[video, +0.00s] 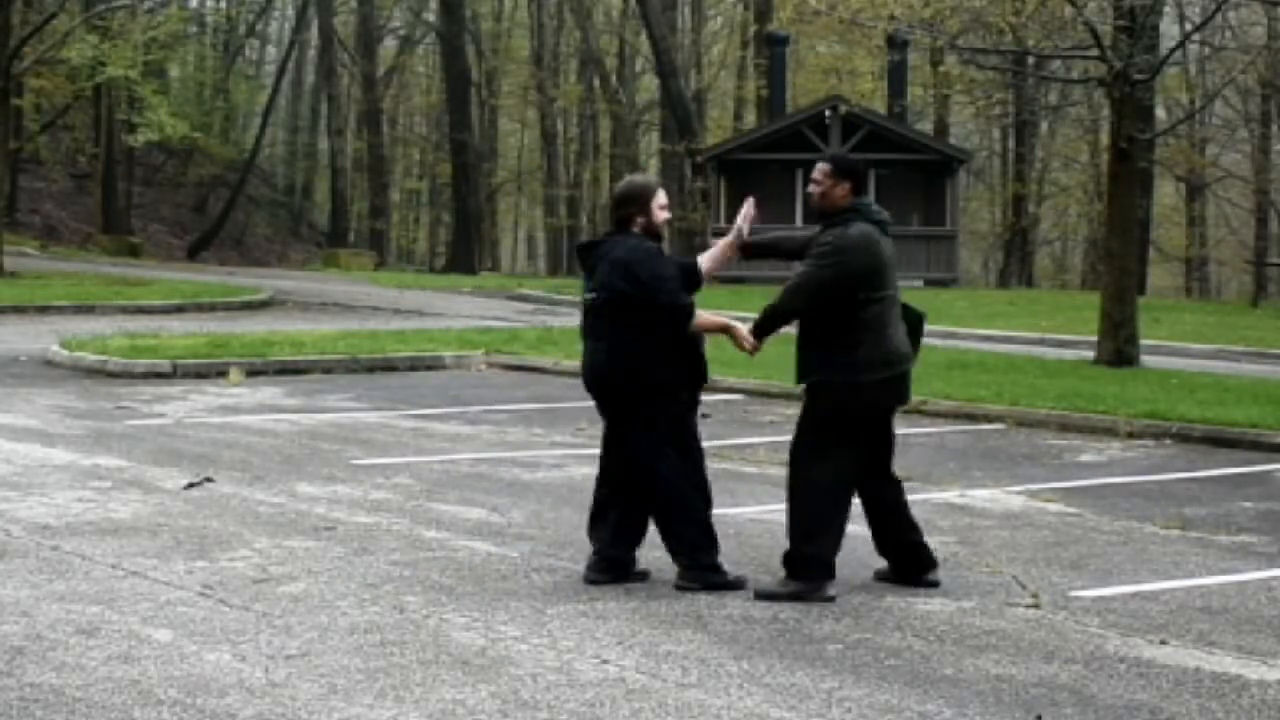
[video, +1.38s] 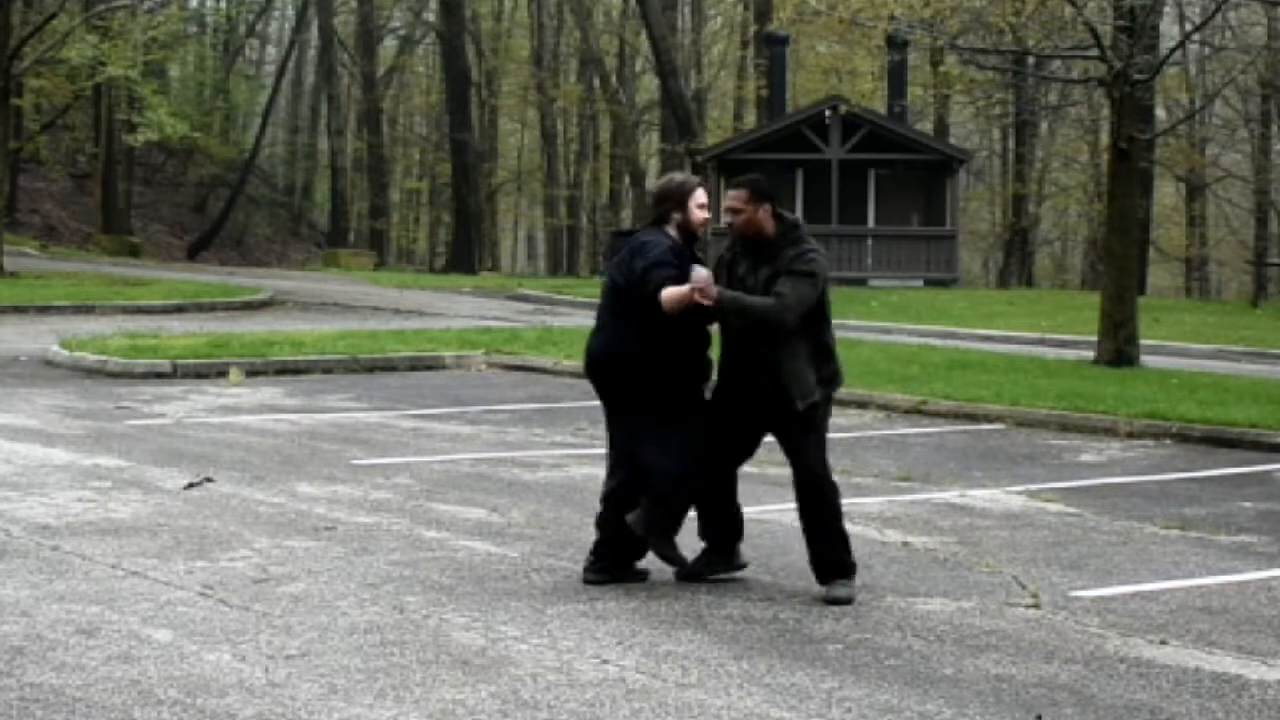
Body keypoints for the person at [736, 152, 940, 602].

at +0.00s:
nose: (810, 190)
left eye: (818, 183)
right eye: (811, 182)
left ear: (844, 189)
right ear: (842, 191)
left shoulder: (845, 241)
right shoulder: (862, 231)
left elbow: (796, 296)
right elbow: (800, 244)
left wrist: (760, 328)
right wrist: (745, 246)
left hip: (846, 380)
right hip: (874, 375)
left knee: (814, 468)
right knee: (872, 472)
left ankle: (808, 575)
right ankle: (912, 563)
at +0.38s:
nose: (786, 194)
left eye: (796, 190)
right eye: (788, 186)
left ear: (826, 200)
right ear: (820, 199)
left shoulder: (838, 251)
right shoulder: (819, 222)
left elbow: (777, 292)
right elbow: (783, 192)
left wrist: (708, 311)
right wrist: (755, 211)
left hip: (847, 378)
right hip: (849, 373)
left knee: (808, 459)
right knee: (863, 466)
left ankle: (820, 574)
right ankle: (913, 560)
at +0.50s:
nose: (780, 216)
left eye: (788, 209)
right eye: (779, 207)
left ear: (813, 209)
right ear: (811, 207)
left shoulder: (829, 252)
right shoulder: (816, 236)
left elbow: (760, 275)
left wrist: (690, 266)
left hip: (839, 376)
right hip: (825, 371)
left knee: (809, 470)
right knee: (824, 464)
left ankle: (824, 574)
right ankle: (893, 538)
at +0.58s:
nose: (770, 222)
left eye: (777, 216)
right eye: (770, 214)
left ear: (803, 217)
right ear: (796, 216)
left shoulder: (826, 254)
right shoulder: (789, 237)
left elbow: (749, 270)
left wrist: (694, 240)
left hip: (837, 373)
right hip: (806, 369)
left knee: (796, 456)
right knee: (787, 452)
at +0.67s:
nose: (764, 226)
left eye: (771, 219)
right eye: (765, 217)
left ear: (796, 222)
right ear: (792, 219)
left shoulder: (820, 258)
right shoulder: (781, 244)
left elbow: (745, 271)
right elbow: (736, 263)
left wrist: (720, 231)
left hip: (825, 383)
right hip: (790, 376)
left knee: (800, 466)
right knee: (757, 445)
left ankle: (825, 569)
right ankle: (809, 536)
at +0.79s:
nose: (760, 228)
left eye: (768, 222)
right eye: (760, 221)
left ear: (794, 223)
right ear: (783, 223)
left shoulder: (823, 256)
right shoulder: (776, 249)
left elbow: (757, 264)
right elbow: (732, 284)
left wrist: (745, 232)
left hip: (821, 384)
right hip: (777, 378)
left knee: (809, 475)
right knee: (746, 464)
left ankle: (824, 572)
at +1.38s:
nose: (730, 220)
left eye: (737, 212)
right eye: (728, 212)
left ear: (766, 211)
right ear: (734, 213)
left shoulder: (806, 258)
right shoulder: (733, 253)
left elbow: (783, 312)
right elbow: (717, 304)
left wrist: (718, 297)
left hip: (797, 389)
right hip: (742, 386)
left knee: (813, 477)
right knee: (711, 461)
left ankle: (837, 575)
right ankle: (721, 549)